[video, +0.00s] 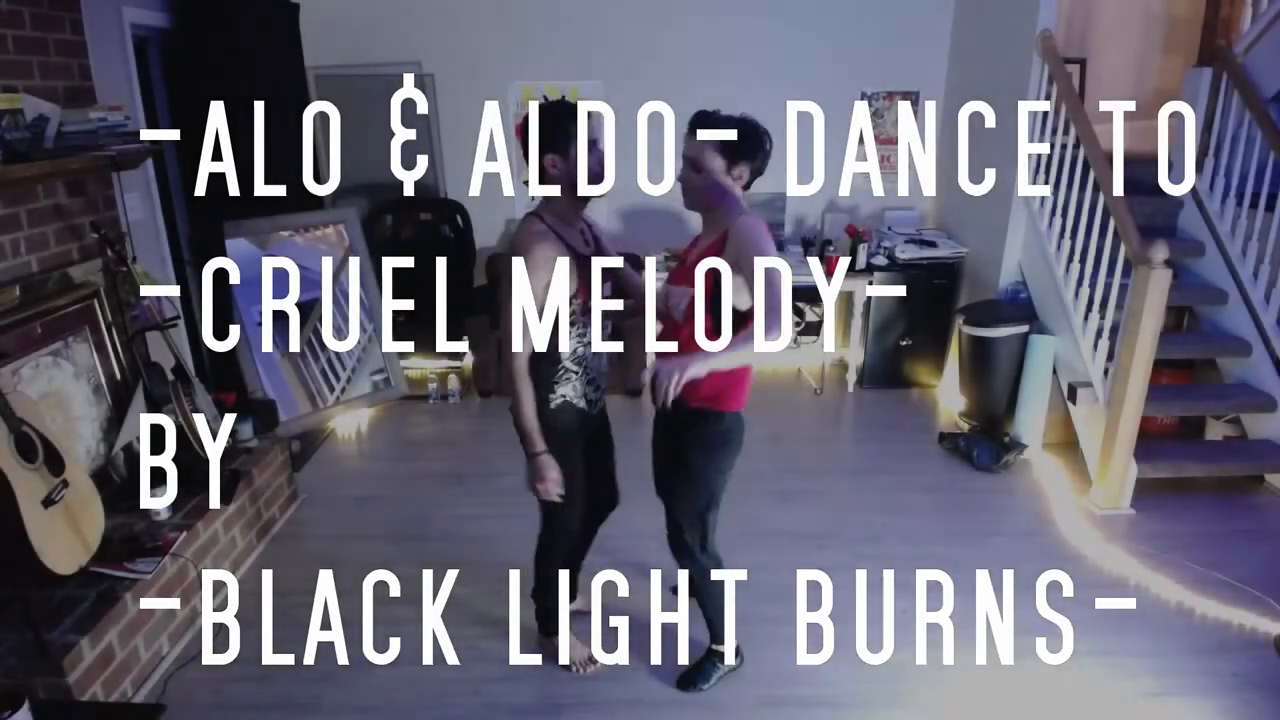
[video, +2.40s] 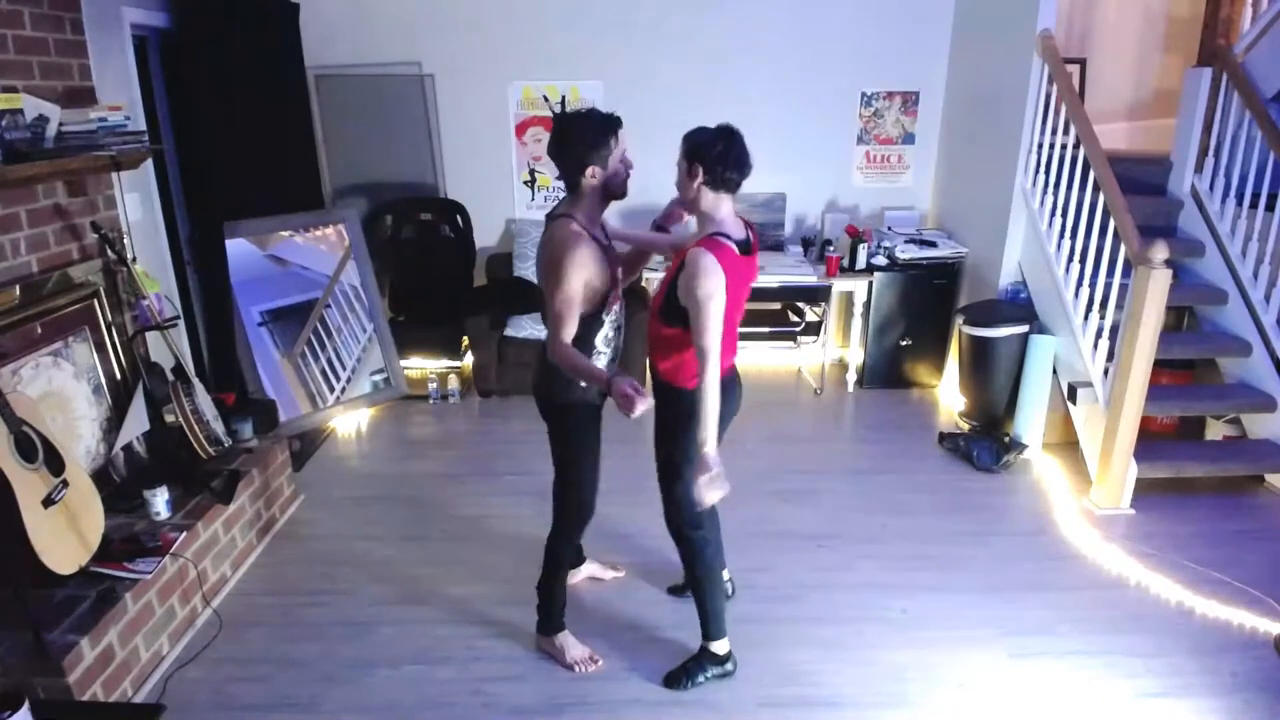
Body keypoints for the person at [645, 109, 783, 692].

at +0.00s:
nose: (681, 177)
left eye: (692, 167)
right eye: (682, 166)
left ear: (732, 172)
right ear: (721, 173)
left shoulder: (747, 232)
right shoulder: (706, 238)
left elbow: (771, 328)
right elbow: (683, 316)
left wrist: (697, 362)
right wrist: (637, 293)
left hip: (711, 414)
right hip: (678, 408)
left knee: (690, 533)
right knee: (685, 531)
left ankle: (723, 645)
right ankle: (719, 639)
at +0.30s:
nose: (701, 195)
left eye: (717, 184)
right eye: (693, 179)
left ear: (740, 186)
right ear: (679, 176)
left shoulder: (744, 234)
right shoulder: (683, 249)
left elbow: (786, 313)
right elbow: (664, 316)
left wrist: (749, 363)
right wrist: (611, 298)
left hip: (731, 421)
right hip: (685, 414)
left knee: (694, 553)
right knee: (680, 514)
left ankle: (725, 648)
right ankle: (686, 584)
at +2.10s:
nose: (666, 165)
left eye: (672, 158)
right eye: (670, 157)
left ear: (694, 170)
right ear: (709, 172)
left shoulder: (704, 255)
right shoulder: (707, 221)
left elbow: (722, 349)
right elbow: (658, 240)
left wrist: (735, 428)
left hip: (699, 395)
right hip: (688, 385)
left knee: (702, 514)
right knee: (683, 484)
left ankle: (718, 646)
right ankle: (711, 573)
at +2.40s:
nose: (677, 176)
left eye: (680, 168)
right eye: (680, 167)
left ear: (695, 175)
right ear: (731, 176)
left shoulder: (705, 264)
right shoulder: (736, 231)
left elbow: (711, 359)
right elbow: (681, 245)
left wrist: (706, 442)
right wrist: (616, 233)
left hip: (691, 398)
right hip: (711, 385)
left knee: (687, 513)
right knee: (689, 488)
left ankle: (718, 649)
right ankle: (714, 572)